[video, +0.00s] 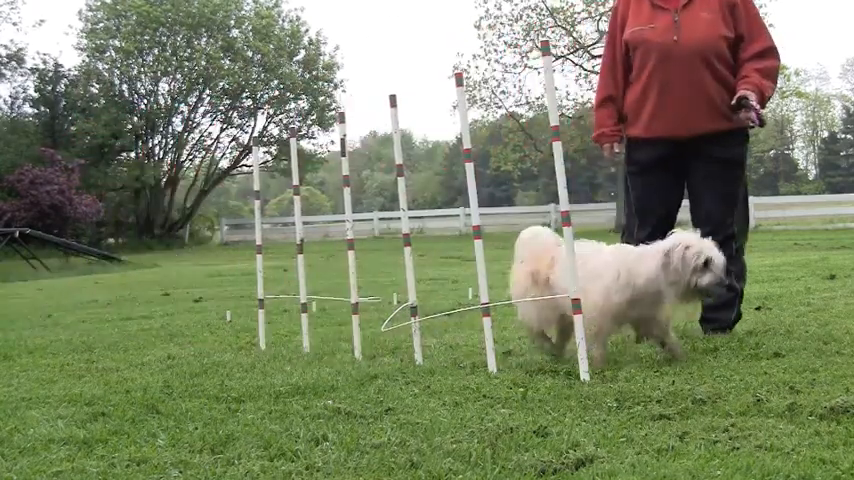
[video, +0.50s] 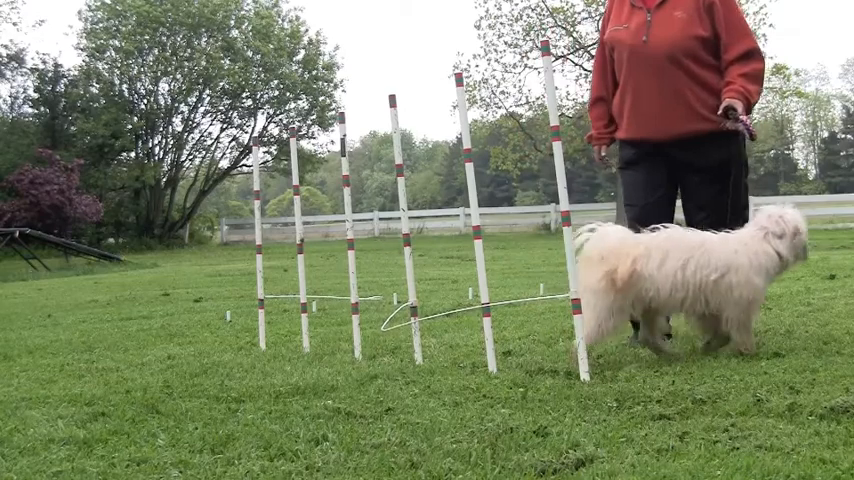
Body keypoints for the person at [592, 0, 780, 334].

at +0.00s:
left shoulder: (731, 4)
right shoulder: (628, 5)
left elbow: (760, 51)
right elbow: (613, 64)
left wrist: (751, 89)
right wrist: (608, 122)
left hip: (719, 134)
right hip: (649, 138)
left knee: (721, 235)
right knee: (644, 238)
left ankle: (719, 326)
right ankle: (644, 323)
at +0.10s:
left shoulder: (733, 4)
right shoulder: (630, 5)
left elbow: (762, 51)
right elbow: (617, 63)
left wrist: (753, 88)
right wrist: (613, 121)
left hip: (722, 134)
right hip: (652, 138)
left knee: (725, 234)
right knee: (646, 236)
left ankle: (719, 328)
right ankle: (646, 323)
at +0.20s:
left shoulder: (732, 4)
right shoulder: (630, 5)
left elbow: (763, 53)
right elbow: (618, 64)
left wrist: (754, 92)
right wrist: (614, 121)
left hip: (723, 133)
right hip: (652, 136)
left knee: (725, 233)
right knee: (645, 228)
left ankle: (719, 326)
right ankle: (652, 324)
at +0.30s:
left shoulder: (729, 4)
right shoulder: (629, 5)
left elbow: (759, 54)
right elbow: (616, 63)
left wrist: (750, 95)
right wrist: (612, 120)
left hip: (721, 133)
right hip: (650, 136)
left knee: (722, 233)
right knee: (643, 224)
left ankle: (722, 319)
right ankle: (658, 320)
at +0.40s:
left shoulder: (722, 4)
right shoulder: (624, 5)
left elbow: (753, 56)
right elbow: (610, 65)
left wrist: (744, 96)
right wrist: (607, 121)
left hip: (717, 137)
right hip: (646, 142)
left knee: (717, 239)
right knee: (647, 237)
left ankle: (715, 319)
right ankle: (652, 321)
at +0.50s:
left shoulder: (713, 4)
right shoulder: (618, 5)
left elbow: (744, 54)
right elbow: (604, 68)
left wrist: (738, 95)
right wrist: (602, 126)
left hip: (711, 141)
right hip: (640, 148)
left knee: (718, 244)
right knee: (644, 245)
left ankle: (721, 327)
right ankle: (650, 329)